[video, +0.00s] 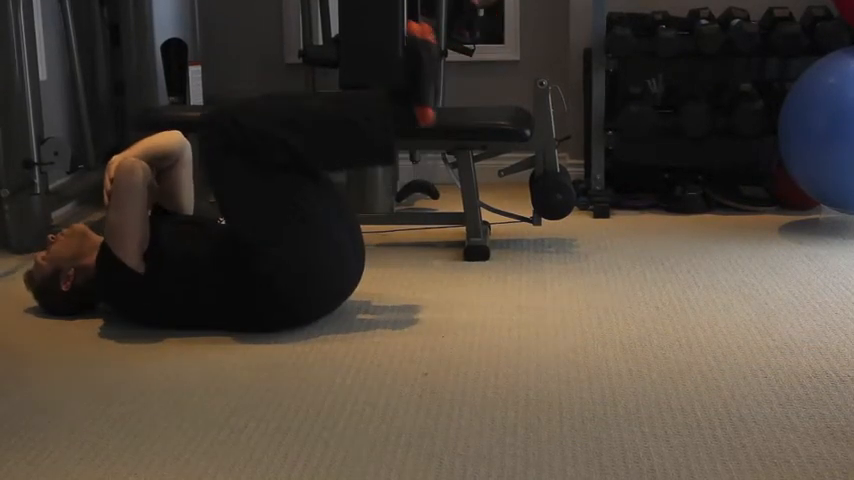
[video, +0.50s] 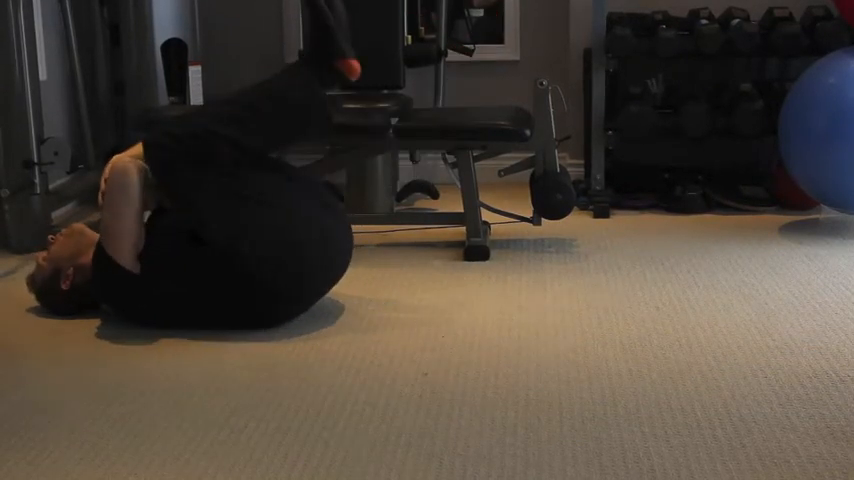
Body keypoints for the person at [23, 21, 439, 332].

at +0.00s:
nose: (57, 236)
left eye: (47, 241)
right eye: (51, 248)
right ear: (72, 278)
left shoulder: (153, 253)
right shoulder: (120, 283)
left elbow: (177, 144)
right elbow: (129, 171)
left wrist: (122, 167)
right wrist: (123, 170)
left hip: (320, 262)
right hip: (297, 276)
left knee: (229, 129)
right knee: (227, 132)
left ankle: (395, 104)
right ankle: (399, 116)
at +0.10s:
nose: (57, 231)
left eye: (47, 239)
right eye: (53, 245)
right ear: (73, 277)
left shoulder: (159, 249)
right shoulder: (121, 279)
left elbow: (176, 158)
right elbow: (133, 164)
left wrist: (131, 160)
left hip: (327, 253)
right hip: (295, 272)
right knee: (201, 138)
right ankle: (360, 108)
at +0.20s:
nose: (56, 236)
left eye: (46, 244)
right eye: (52, 251)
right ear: (73, 278)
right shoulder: (125, 282)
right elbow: (131, 165)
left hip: (328, 242)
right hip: (295, 262)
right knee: (180, 142)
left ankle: (339, 73)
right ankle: (340, 77)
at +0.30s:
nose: (54, 241)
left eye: (46, 246)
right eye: (51, 251)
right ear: (72, 276)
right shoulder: (120, 284)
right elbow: (130, 165)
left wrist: (135, 163)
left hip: (325, 237)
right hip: (293, 256)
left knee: (161, 129)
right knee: (156, 135)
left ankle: (322, 65)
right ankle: (320, 67)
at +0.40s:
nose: (53, 238)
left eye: (45, 245)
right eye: (50, 250)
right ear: (69, 276)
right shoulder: (117, 284)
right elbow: (127, 167)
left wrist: (129, 166)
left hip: (322, 236)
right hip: (291, 257)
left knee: (159, 129)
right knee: (158, 146)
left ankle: (315, 69)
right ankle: (312, 68)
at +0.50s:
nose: (50, 242)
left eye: (42, 248)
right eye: (48, 253)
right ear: (70, 277)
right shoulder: (118, 285)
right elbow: (122, 170)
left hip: (323, 235)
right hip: (291, 257)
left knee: (158, 127)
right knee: (158, 140)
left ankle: (319, 67)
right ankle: (315, 70)